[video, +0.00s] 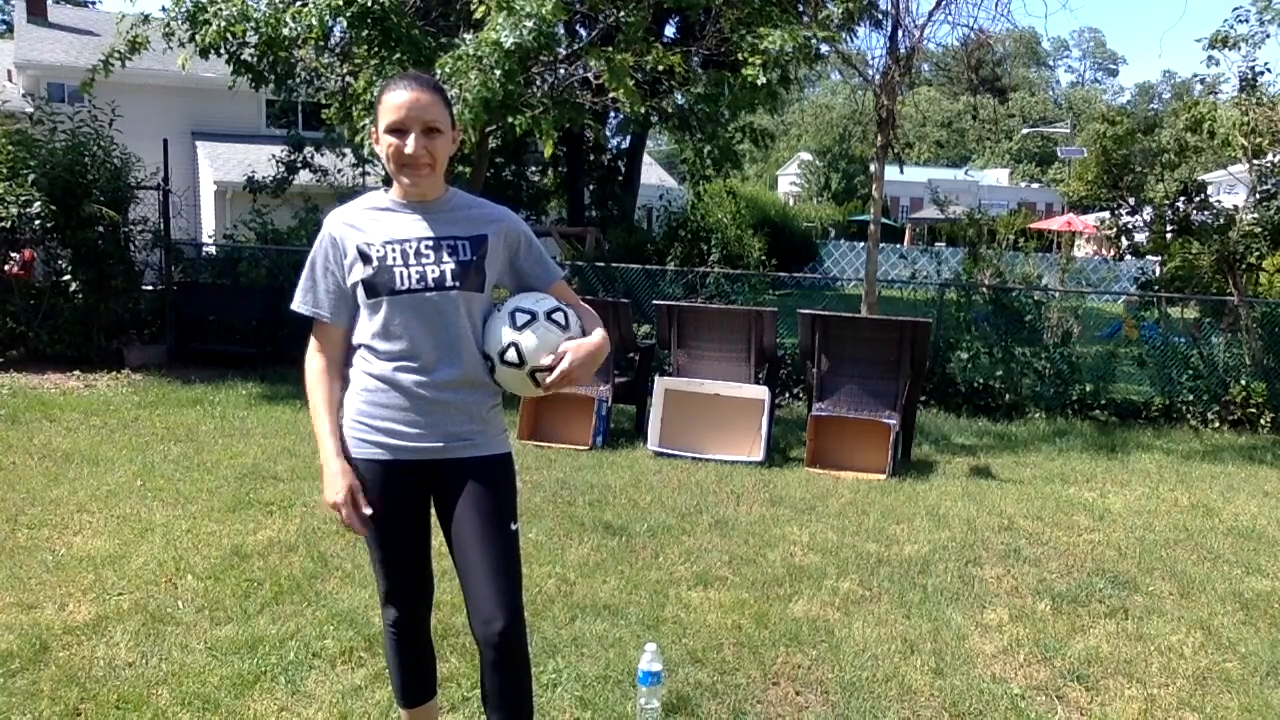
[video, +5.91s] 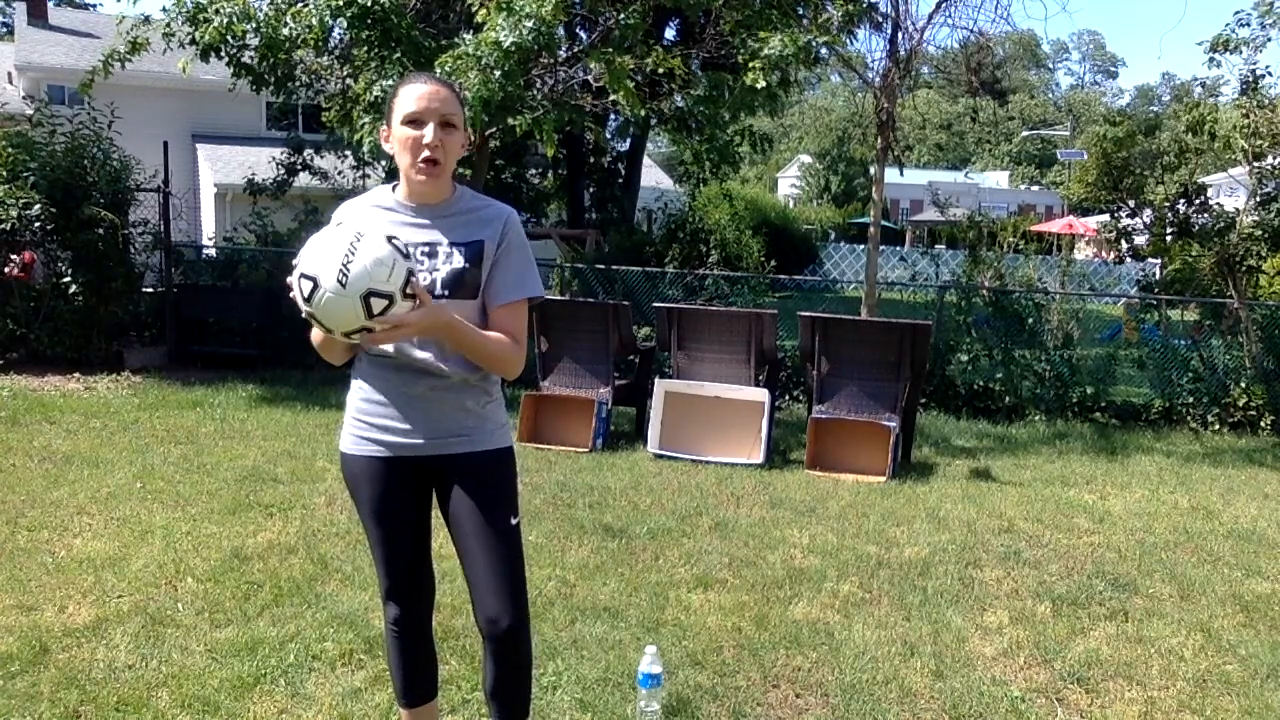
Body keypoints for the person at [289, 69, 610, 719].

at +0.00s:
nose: (413, 146)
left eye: (429, 130)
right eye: (397, 131)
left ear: (455, 138)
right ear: (377, 140)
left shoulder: (499, 227)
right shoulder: (346, 228)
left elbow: (570, 308)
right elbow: (323, 352)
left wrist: (597, 341)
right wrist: (331, 458)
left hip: (475, 447)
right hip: (380, 448)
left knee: (500, 625)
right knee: (403, 612)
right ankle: (420, 715)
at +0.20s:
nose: (410, 145)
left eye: (427, 130)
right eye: (395, 130)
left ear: (453, 138)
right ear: (375, 139)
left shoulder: (495, 227)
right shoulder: (344, 227)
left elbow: (556, 314)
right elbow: (307, 355)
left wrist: (596, 327)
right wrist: (403, 388)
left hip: (474, 450)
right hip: (378, 454)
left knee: (499, 627)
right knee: (404, 616)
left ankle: (509, 719)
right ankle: (420, 715)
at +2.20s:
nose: (424, 138)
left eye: (440, 125)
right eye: (408, 124)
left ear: (461, 139)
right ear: (384, 137)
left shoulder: (501, 224)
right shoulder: (351, 223)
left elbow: (548, 323)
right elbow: (334, 359)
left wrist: (597, 341)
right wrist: (457, 369)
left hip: (481, 449)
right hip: (385, 453)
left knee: (500, 624)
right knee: (408, 614)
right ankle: (421, 714)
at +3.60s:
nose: (420, 149)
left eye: (436, 134)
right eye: (405, 136)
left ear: (464, 143)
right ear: (388, 150)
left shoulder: (505, 232)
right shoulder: (357, 225)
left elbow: (527, 349)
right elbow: (320, 342)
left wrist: (507, 389)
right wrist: (355, 386)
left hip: (473, 447)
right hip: (376, 448)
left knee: (499, 620)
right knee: (402, 609)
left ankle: (510, 717)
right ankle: (419, 713)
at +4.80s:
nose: (428, 147)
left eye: (443, 132)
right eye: (410, 133)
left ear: (463, 142)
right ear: (387, 146)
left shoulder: (502, 227)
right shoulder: (355, 222)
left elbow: (514, 360)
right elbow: (327, 358)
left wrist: (446, 333)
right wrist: (328, 306)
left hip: (476, 440)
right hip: (380, 439)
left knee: (497, 625)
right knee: (405, 611)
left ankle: (506, 718)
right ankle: (420, 716)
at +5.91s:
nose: (430, 137)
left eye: (446, 125)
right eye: (415, 122)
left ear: (465, 142)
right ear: (388, 137)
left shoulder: (497, 223)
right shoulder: (353, 219)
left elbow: (511, 358)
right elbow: (334, 355)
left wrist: (443, 324)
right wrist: (328, 318)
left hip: (476, 439)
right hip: (379, 439)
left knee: (504, 619)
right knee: (404, 609)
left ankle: (509, 719)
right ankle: (421, 717)